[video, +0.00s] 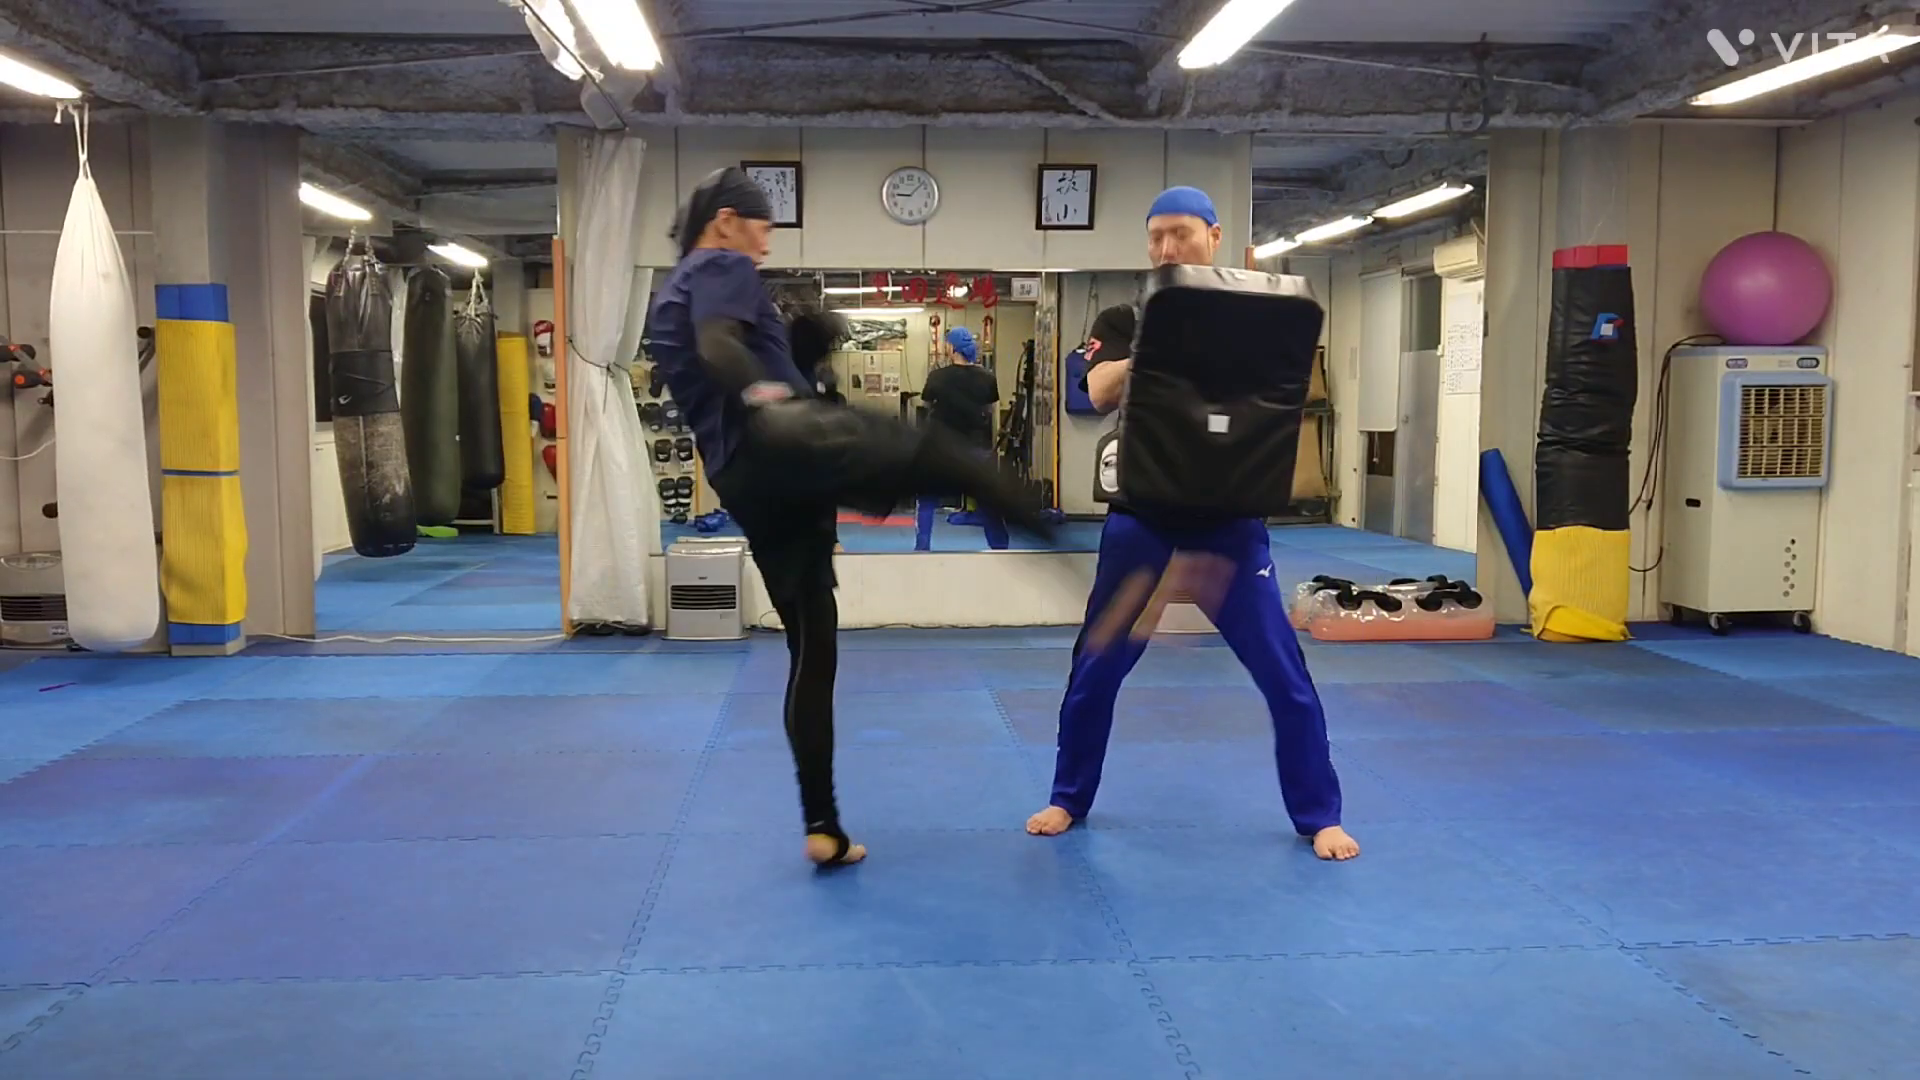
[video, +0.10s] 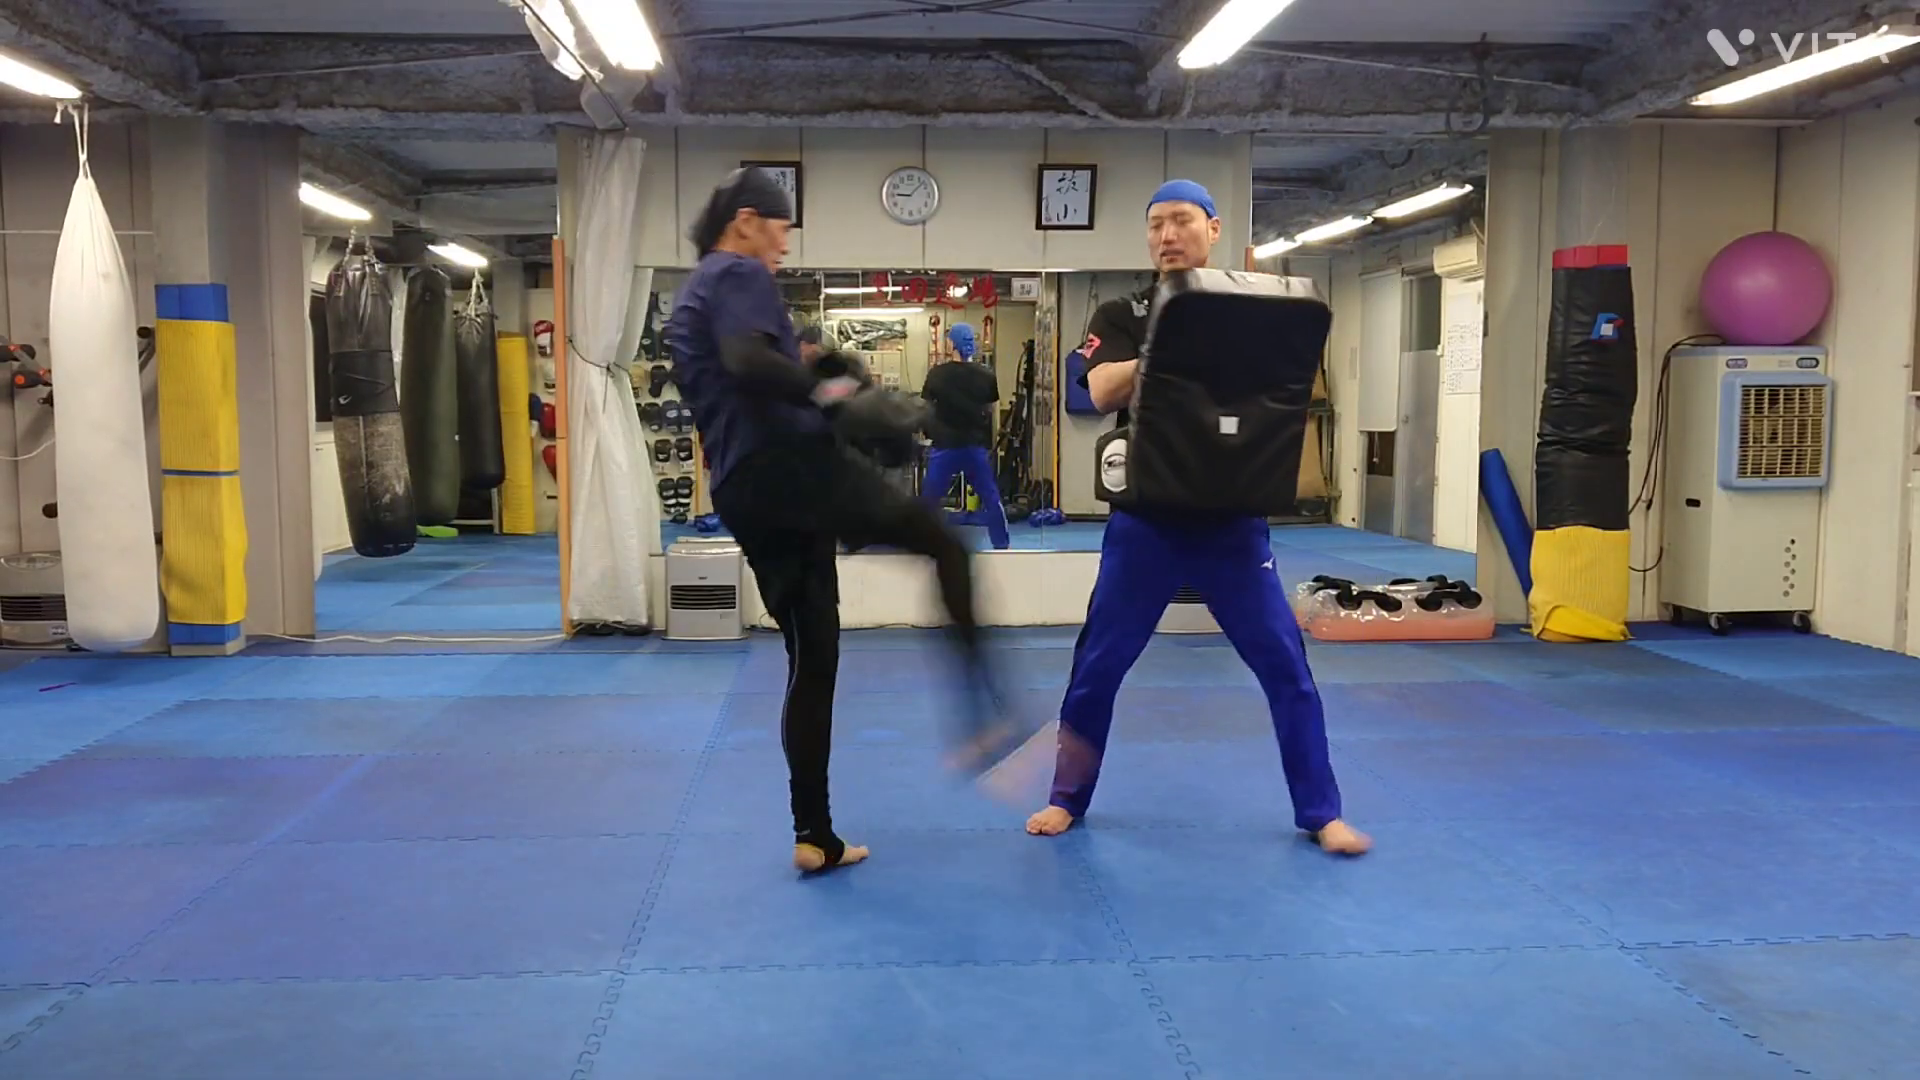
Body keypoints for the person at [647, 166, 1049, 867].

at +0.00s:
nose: (767, 249)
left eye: (768, 237)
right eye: (761, 235)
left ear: (711, 231)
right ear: (726, 223)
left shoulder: (673, 294)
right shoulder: (722, 264)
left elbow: (757, 374)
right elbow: (717, 338)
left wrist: (802, 350)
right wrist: (761, 386)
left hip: (749, 487)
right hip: (778, 440)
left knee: (813, 650)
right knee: (929, 448)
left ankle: (822, 828)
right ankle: (1031, 508)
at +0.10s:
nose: (784, 247)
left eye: (786, 234)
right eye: (780, 233)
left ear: (734, 229)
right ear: (744, 222)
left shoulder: (696, 293)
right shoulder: (741, 273)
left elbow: (725, 387)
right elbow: (746, 357)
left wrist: (803, 362)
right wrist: (819, 387)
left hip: (749, 491)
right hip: (792, 471)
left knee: (813, 657)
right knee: (945, 545)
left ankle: (813, 836)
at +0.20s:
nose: (819, 242)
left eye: (821, 229)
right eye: (814, 226)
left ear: (769, 220)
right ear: (776, 216)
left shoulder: (745, 282)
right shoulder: (758, 273)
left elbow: (794, 406)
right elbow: (781, 362)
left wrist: (861, 389)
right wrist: (891, 365)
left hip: (756, 489)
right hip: (769, 487)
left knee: (820, 654)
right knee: (852, 637)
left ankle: (807, 826)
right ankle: (806, 836)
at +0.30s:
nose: (852, 232)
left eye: (853, 219)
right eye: (845, 216)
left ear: (808, 214)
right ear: (807, 209)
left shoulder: (794, 286)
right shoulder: (765, 266)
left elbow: (808, 401)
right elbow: (777, 355)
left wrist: (887, 373)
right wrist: (874, 343)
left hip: (782, 493)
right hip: (745, 489)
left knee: (818, 649)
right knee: (770, 655)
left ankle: (803, 831)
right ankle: (704, 853)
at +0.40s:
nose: (869, 253)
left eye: (872, 239)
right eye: (868, 236)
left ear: (832, 222)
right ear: (833, 220)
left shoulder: (806, 299)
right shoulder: (767, 276)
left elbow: (810, 410)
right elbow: (746, 367)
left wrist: (896, 375)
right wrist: (837, 355)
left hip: (770, 507)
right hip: (718, 503)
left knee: (830, 634)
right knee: (720, 673)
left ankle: (796, 816)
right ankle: (695, 868)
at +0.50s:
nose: (879, 263)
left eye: (882, 250)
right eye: (876, 246)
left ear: (841, 237)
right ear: (841, 232)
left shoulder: (830, 316)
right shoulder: (760, 291)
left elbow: (851, 408)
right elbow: (719, 390)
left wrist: (918, 389)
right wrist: (826, 400)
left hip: (772, 514)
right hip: (714, 510)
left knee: (823, 648)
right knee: (726, 677)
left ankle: (791, 822)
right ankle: (697, 869)